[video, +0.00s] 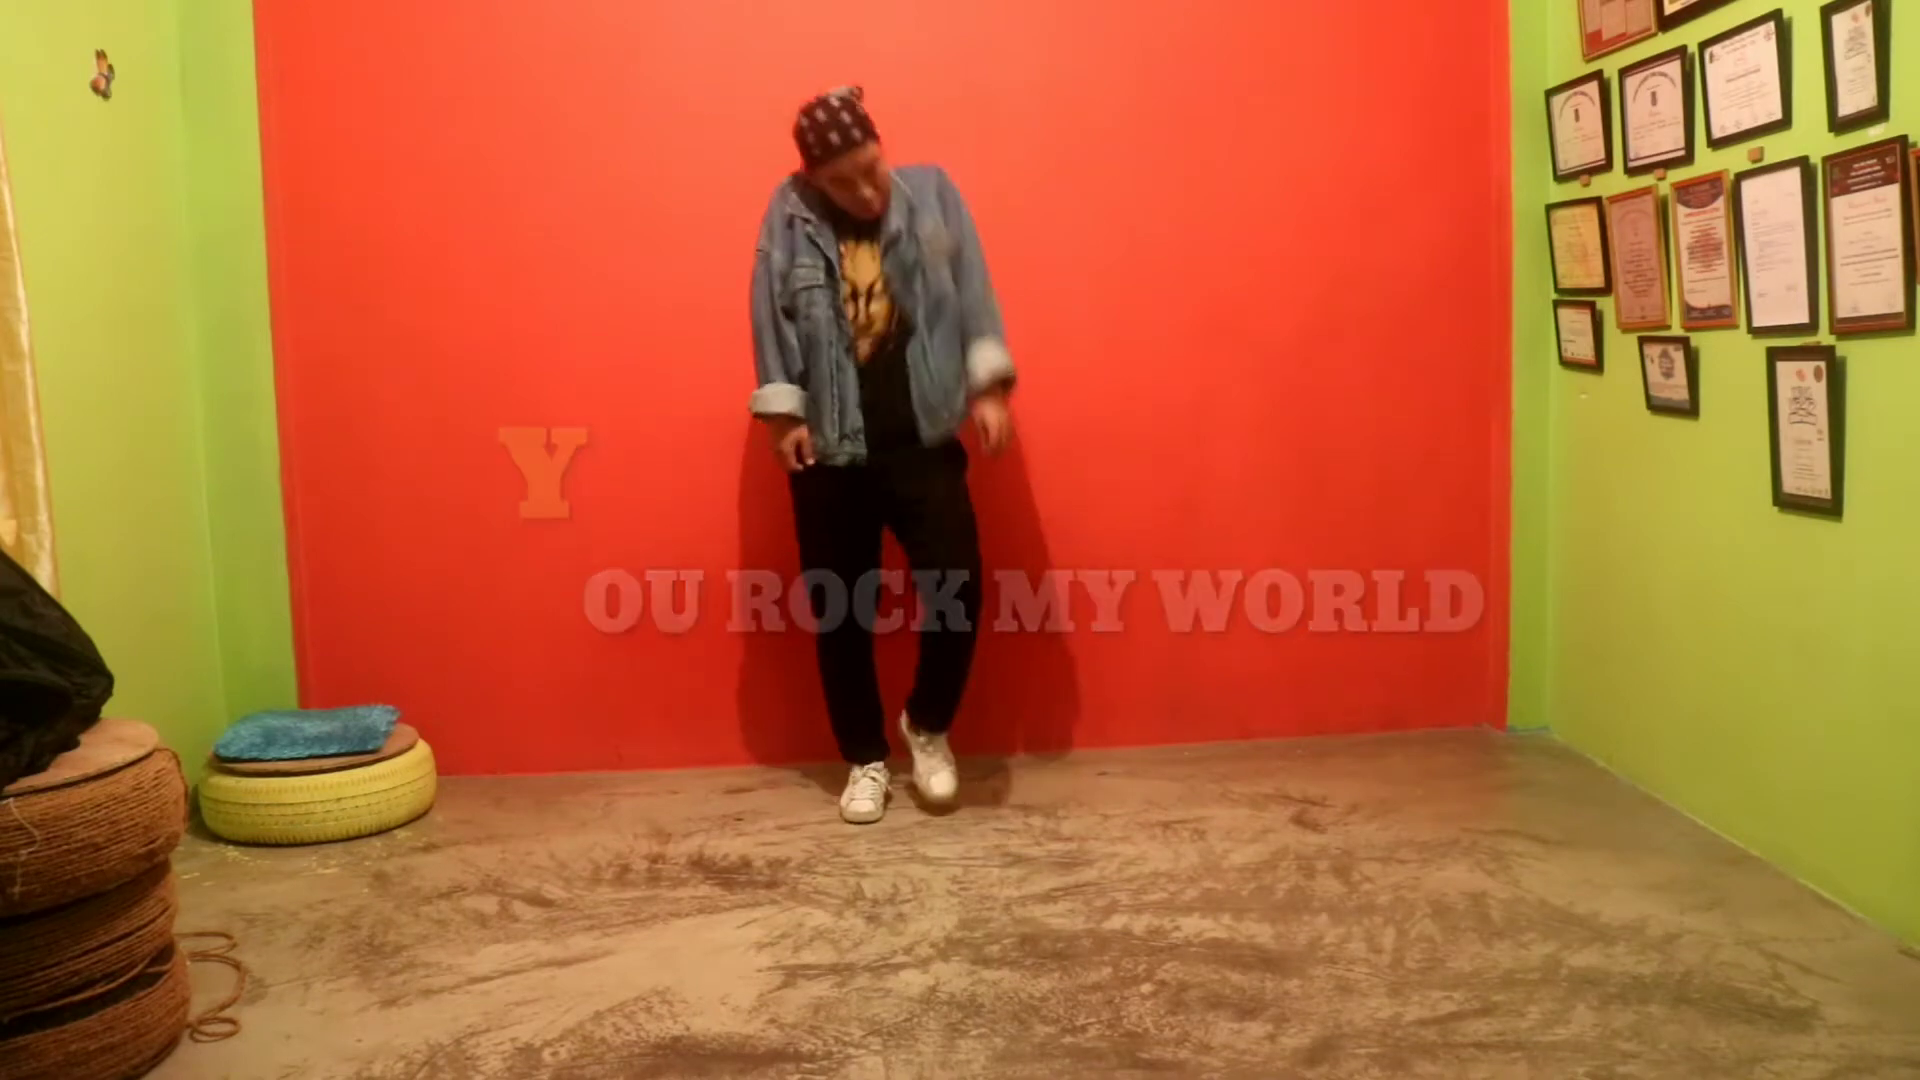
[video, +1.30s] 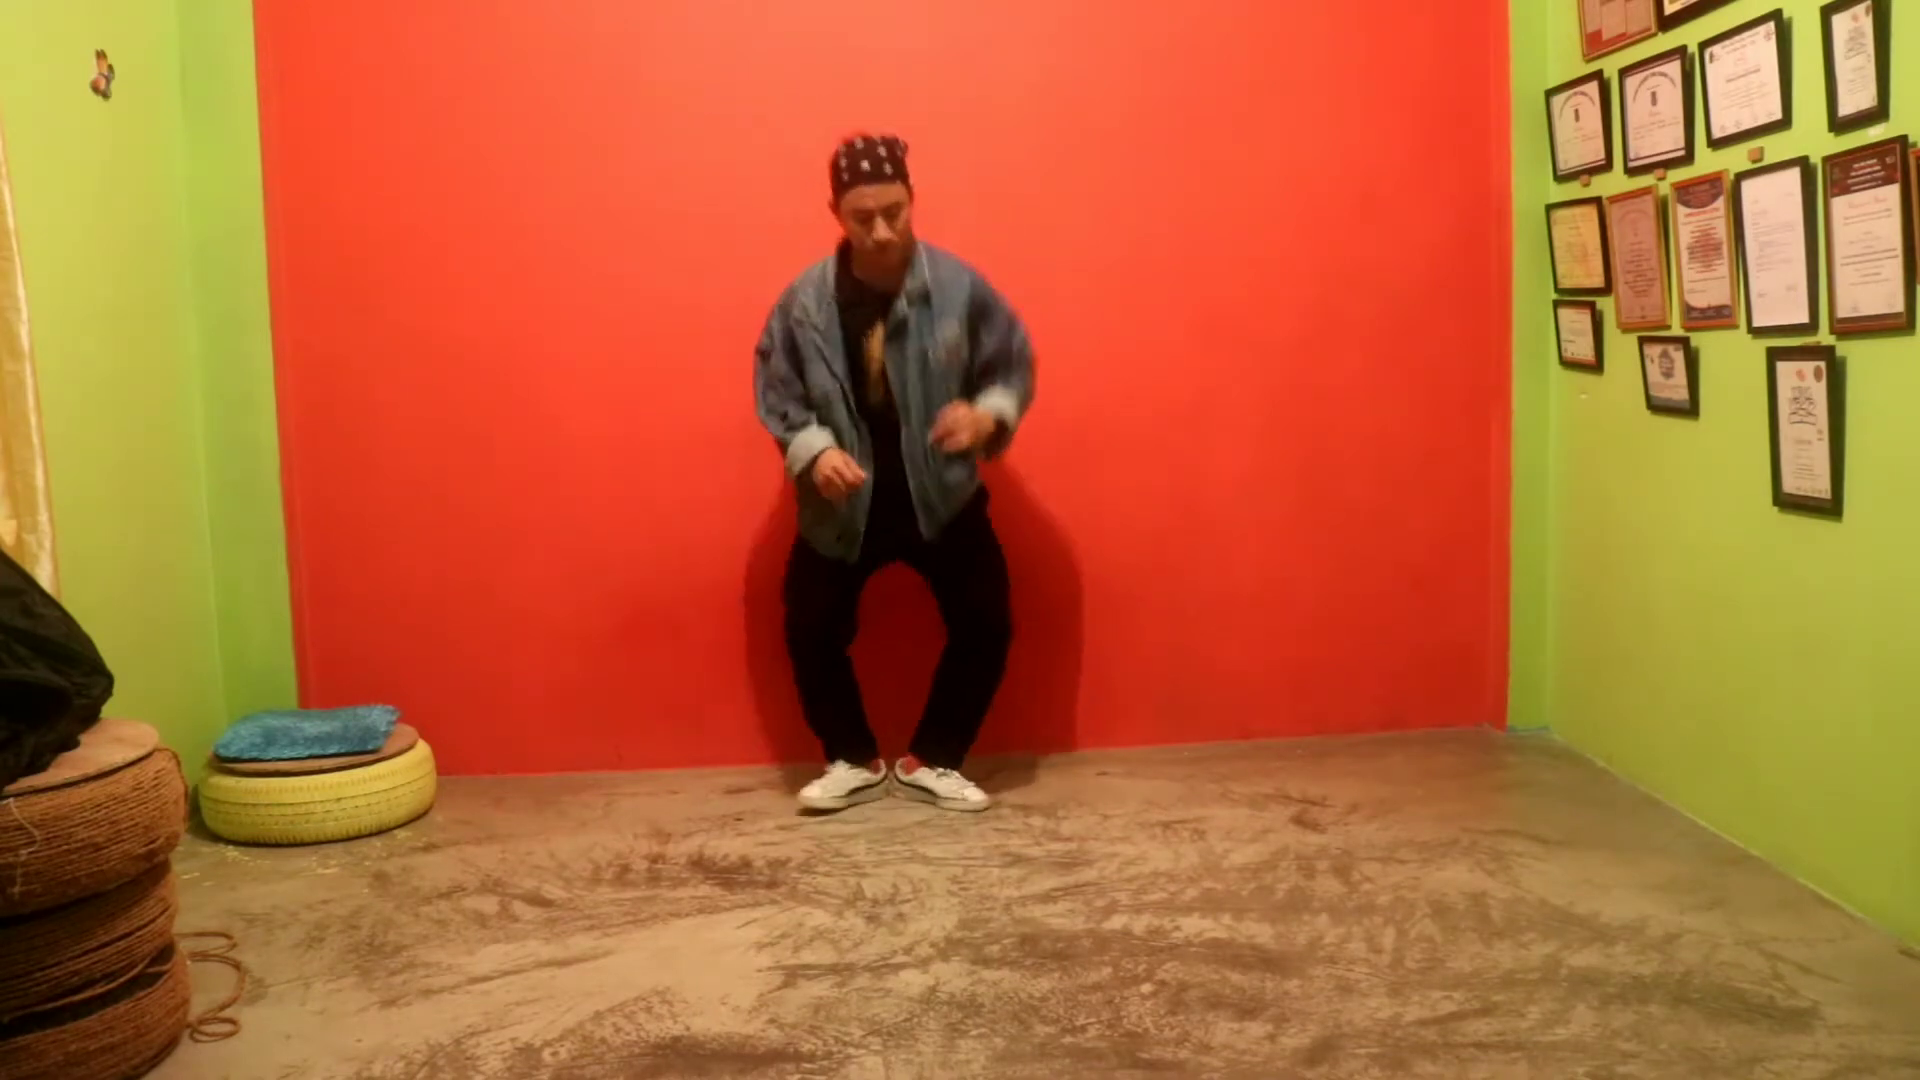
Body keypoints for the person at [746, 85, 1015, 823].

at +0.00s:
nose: (867, 190)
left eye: (872, 172)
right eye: (849, 181)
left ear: (883, 149)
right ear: (816, 173)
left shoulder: (930, 191)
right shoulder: (789, 216)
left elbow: (974, 289)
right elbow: (770, 315)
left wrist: (989, 386)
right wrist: (784, 412)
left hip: (925, 438)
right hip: (831, 447)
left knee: (958, 590)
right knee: (840, 607)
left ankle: (928, 726)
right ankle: (865, 761)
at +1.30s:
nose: (882, 232)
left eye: (893, 213)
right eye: (864, 218)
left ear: (913, 206)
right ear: (840, 217)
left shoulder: (959, 289)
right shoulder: (803, 305)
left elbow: (1013, 366)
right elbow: (779, 397)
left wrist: (986, 413)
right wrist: (816, 452)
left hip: (943, 502)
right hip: (846, 506)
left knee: (984, 625)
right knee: (811, 629)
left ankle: (929, 760)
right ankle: (855, 760)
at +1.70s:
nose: (878, 299)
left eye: (891, 283)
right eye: (864, 286)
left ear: (911, 266)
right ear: (840, 271)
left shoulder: (947, 297)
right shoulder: (805, 318)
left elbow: (964, 395)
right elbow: (809, 412)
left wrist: (962, 375)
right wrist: (815, 387)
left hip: (937, 514)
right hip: (847, 520)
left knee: (978, 639)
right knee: (828, 647)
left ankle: (927, 764)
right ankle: (858, 768)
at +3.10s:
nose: (896, 195)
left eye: (908, 179)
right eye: (880, 180)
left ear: (927, 168)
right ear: (852, 166)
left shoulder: (954, 227)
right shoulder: (810, 230)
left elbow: (996, 288)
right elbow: (771, 311)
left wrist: (968, 377)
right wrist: (802, 391)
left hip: (936, 447)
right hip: (843, 450)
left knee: (961, 596)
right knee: (837, 603)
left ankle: (956, 750)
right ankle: (853, 756)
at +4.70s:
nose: (907, 246)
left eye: (923, 232)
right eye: (894, 229)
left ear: (948, 221)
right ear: (873, 212)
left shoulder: (980, 280)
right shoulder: (839, 234)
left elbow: (1006, 373)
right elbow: (788, 300)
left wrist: (939, 374)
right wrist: (795, 323)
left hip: (916, 465)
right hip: (830, 458)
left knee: (912, 613)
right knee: (837, 615)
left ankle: (921, 766)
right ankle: (862, 764)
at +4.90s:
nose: (974, 250)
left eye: (992, 235)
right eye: (961, 231)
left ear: (1015, 230)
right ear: (938, 212)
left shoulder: (1004, 336)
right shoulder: (887, 236)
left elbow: (974, 441)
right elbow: (818, 273)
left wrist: (919, 386)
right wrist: (802, 301)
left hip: (901, 482)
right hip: (810, 462)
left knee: (916, 623)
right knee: (809, 620)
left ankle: (919, 768)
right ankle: (855, 765)